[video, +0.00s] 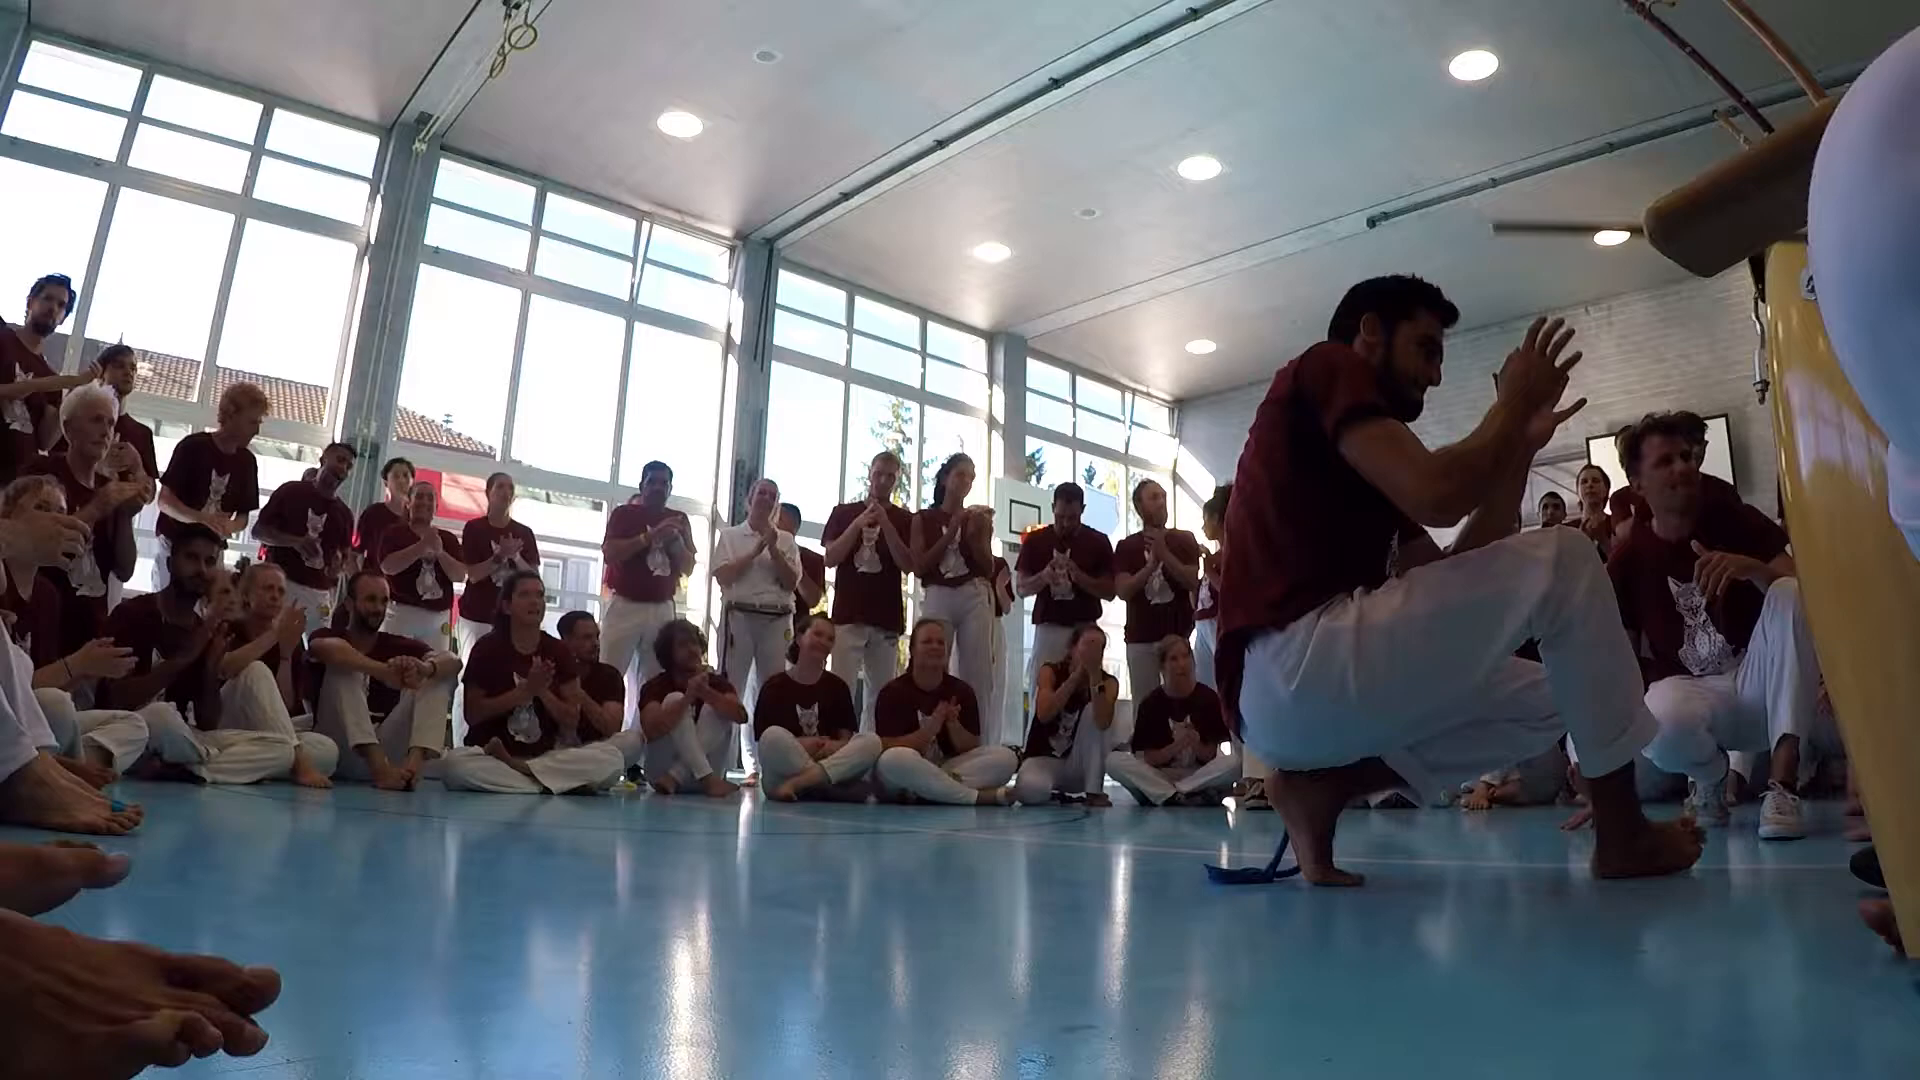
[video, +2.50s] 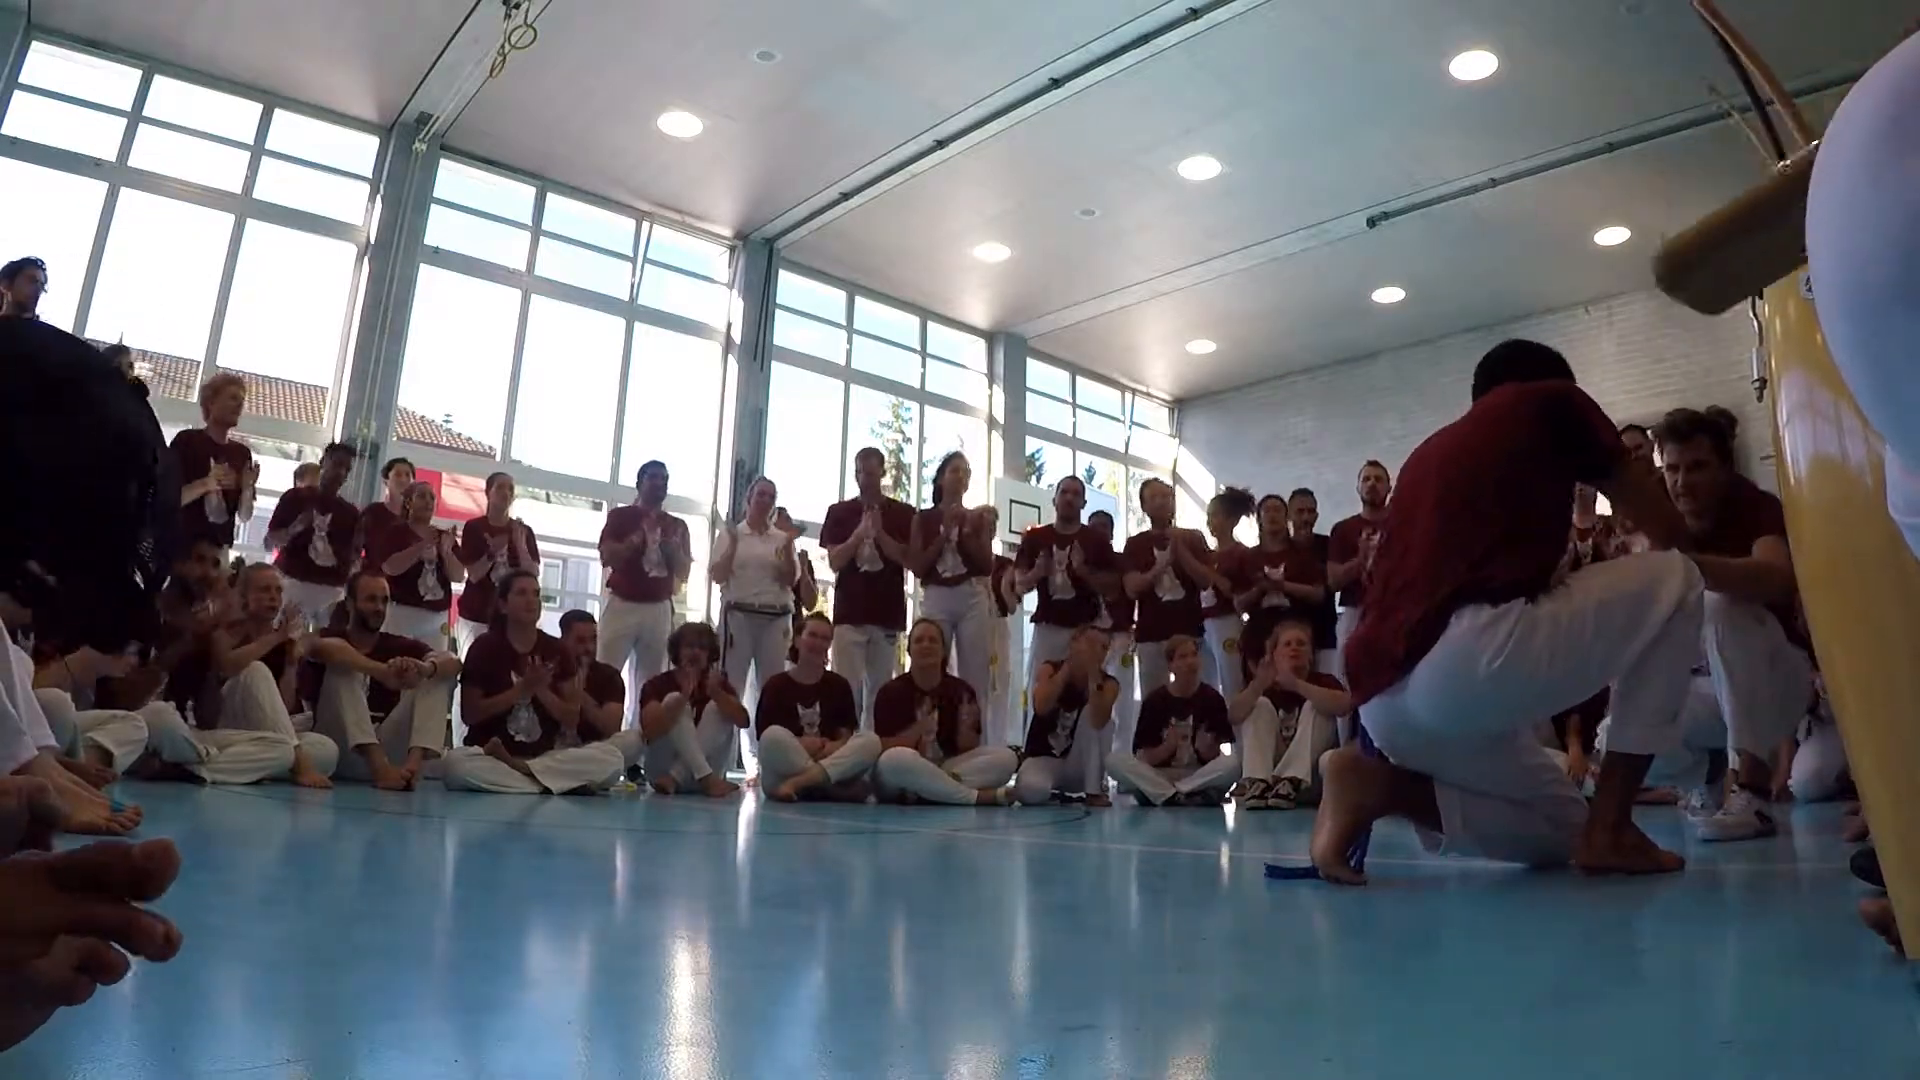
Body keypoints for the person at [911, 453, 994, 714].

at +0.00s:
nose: (966, 481)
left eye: (971, 476)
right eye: (960, 474)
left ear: (974, 482)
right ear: (944, 478)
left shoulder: (979, 518)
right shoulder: (923, 518)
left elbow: (987, 569)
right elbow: (920, 566)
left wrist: (976, 537)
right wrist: (950, 533)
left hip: (975, 596)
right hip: (937, 596)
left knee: (976, 676)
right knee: (932, 673)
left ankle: (976, 749)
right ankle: (930, 745)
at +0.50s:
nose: (955, 479)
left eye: (960, 474)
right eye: (949, 473)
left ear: (963, 481)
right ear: (934, 477)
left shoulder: (972, 520)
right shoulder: (917, 519)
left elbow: (982, 567)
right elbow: (915, 565)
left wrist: (972, 538)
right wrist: (935, 537)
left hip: (970, 594)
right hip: (933, 594)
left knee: (975, 676)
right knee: (929, 673)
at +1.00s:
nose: (961, 478)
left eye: (966, 474)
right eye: (955, 472)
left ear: (970, 481)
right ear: (942, 478)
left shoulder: (981, 517)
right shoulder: (923, 519)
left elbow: (986, 567)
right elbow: (922, 569)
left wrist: (966, 534)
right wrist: (955, 534)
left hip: (975, 598)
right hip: (936, 597)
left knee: (976, 679)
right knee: (932, 677)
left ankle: (975, 749)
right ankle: (931, 749)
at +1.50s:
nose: (972, 478)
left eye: (978, 475)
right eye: (966, 472)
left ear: (982, 483)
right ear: (953, 478)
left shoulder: (989, 516)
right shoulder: (934, 519)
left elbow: (994, 565)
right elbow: (928, 568)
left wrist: (973, 532)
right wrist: (953, 540)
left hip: (982, 595)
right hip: (945, 594)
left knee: (982, 678)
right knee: (939, 674)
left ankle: (982, 751)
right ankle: (938, 748)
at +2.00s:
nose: (971, 477)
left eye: (976, 473)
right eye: (964, 471)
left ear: (980, 482)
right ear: (950, 478)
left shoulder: (987, 517)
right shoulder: (932, 519)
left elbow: (994, 567)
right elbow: (924, 566)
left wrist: (978, 540)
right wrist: (947, 537)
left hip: (979, 594)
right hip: (942, 594)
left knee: (980, 677)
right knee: (938, 674)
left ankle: (980, 749)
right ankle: (936, 748)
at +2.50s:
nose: (961, 475)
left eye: (965, 471)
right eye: (954, 470)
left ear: (969, 480)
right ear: (940, 478)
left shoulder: (979, 518)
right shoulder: (923, 518)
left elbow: (986, 566)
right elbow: (918, 567)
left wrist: (964, 537)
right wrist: (943, 537)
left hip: (974, 597)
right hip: (935, 597)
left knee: (975, 678)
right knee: (931, 675)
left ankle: (974, 748)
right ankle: (930, 746)